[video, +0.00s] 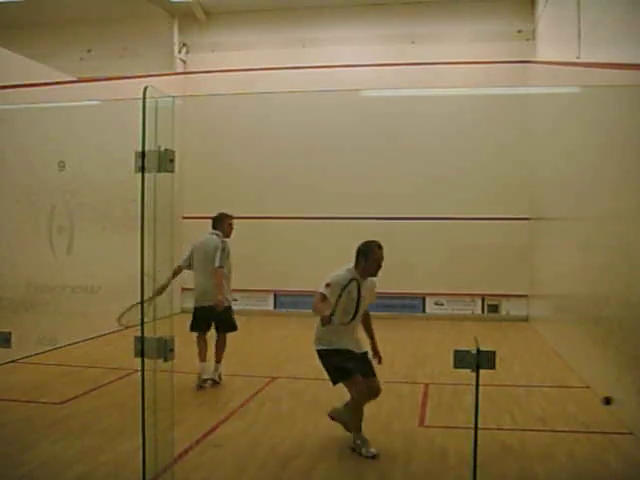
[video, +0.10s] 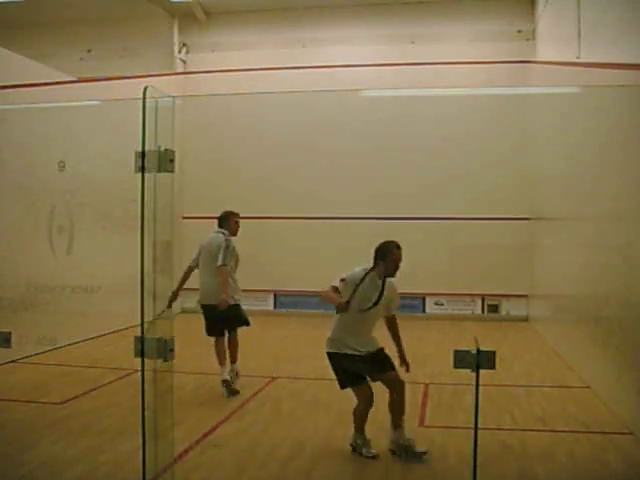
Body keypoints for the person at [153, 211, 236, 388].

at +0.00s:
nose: (232, 229)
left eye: (232, 225)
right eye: (229, 225)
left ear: (214, 226)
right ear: (221, 226)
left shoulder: (198, 244)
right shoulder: (221, 244)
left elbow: (180, 267)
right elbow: (218, 270)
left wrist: (164, 285)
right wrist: (220, 295)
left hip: (201, 301)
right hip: (220, 301)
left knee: (201, 334)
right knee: (221, 334)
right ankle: (217, 370)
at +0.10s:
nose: (238, 227)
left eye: (238, 223)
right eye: (236, 223)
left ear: (220, 225)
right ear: (226, 224)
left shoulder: (206, 243)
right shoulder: (226, 242)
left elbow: (190, 268)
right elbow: (222, 269)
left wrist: (176, 291)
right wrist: (224, 294)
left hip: (207, 300)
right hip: (227, 300)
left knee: (219, 337)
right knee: (233, 332)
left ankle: (224, 373)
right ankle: (233, 368)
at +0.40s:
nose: (261, 234)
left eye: (261, 230)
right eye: (258, 230)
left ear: (243, 231)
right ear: (246, 231)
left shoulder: (227, 251)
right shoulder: (247, 250)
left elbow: (213, 280)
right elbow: (253, 280)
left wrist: (208, 305)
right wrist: (272, 305)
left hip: (229, 312)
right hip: (248, 311)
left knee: (233, 349)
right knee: (270, 345)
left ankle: (232, 387)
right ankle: (274, 385)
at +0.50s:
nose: (271, 239)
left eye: (271, 235)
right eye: (267, 235)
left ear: (251, 237)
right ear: (255, 236)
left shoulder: (234, 256)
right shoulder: (257, 256)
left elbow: (219, 285)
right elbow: (270, 288)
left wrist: (214, 311)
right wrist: (291, 312)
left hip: (237, 318)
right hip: (259, 318)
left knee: (237, 351)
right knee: (276, 355)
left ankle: (232, 387)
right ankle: (282, 399)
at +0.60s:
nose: (280, 244)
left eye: (280, 240)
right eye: (277, 240)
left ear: (259, 242)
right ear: (265, 241)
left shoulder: (241, 262)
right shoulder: (268, 262)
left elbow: (224, 292)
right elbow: (284, 293)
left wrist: (220, 317)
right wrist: (301, 317)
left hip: (244, 324)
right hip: (268, 325)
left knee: (240, 353)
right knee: (285, 361)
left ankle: (233, 388)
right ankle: (281, 407)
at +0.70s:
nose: (283, 244)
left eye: (282, 240)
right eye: (281, 240)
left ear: (260, 242)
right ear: (273, 242)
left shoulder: (243, 262)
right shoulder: (274, 264)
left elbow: (226, 296)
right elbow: (296, 294)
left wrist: (224, 321)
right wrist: (302, 319)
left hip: (243, 325)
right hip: (269, 325)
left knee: (241, 356)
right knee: (289, 362)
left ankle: (238, 388)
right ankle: (282, 408)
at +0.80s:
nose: (279, 239)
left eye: (278, 235)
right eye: (278, 235)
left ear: (257, 236)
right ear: (275, 236)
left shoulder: (242, 257)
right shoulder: (277, 258)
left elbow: (225, 291)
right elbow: (297, 290)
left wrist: (224, 318)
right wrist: (300, 319)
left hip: (240, 319)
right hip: (266, 320)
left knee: (238, 354)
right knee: (282, 359)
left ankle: (237, 392)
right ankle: (281, 408)